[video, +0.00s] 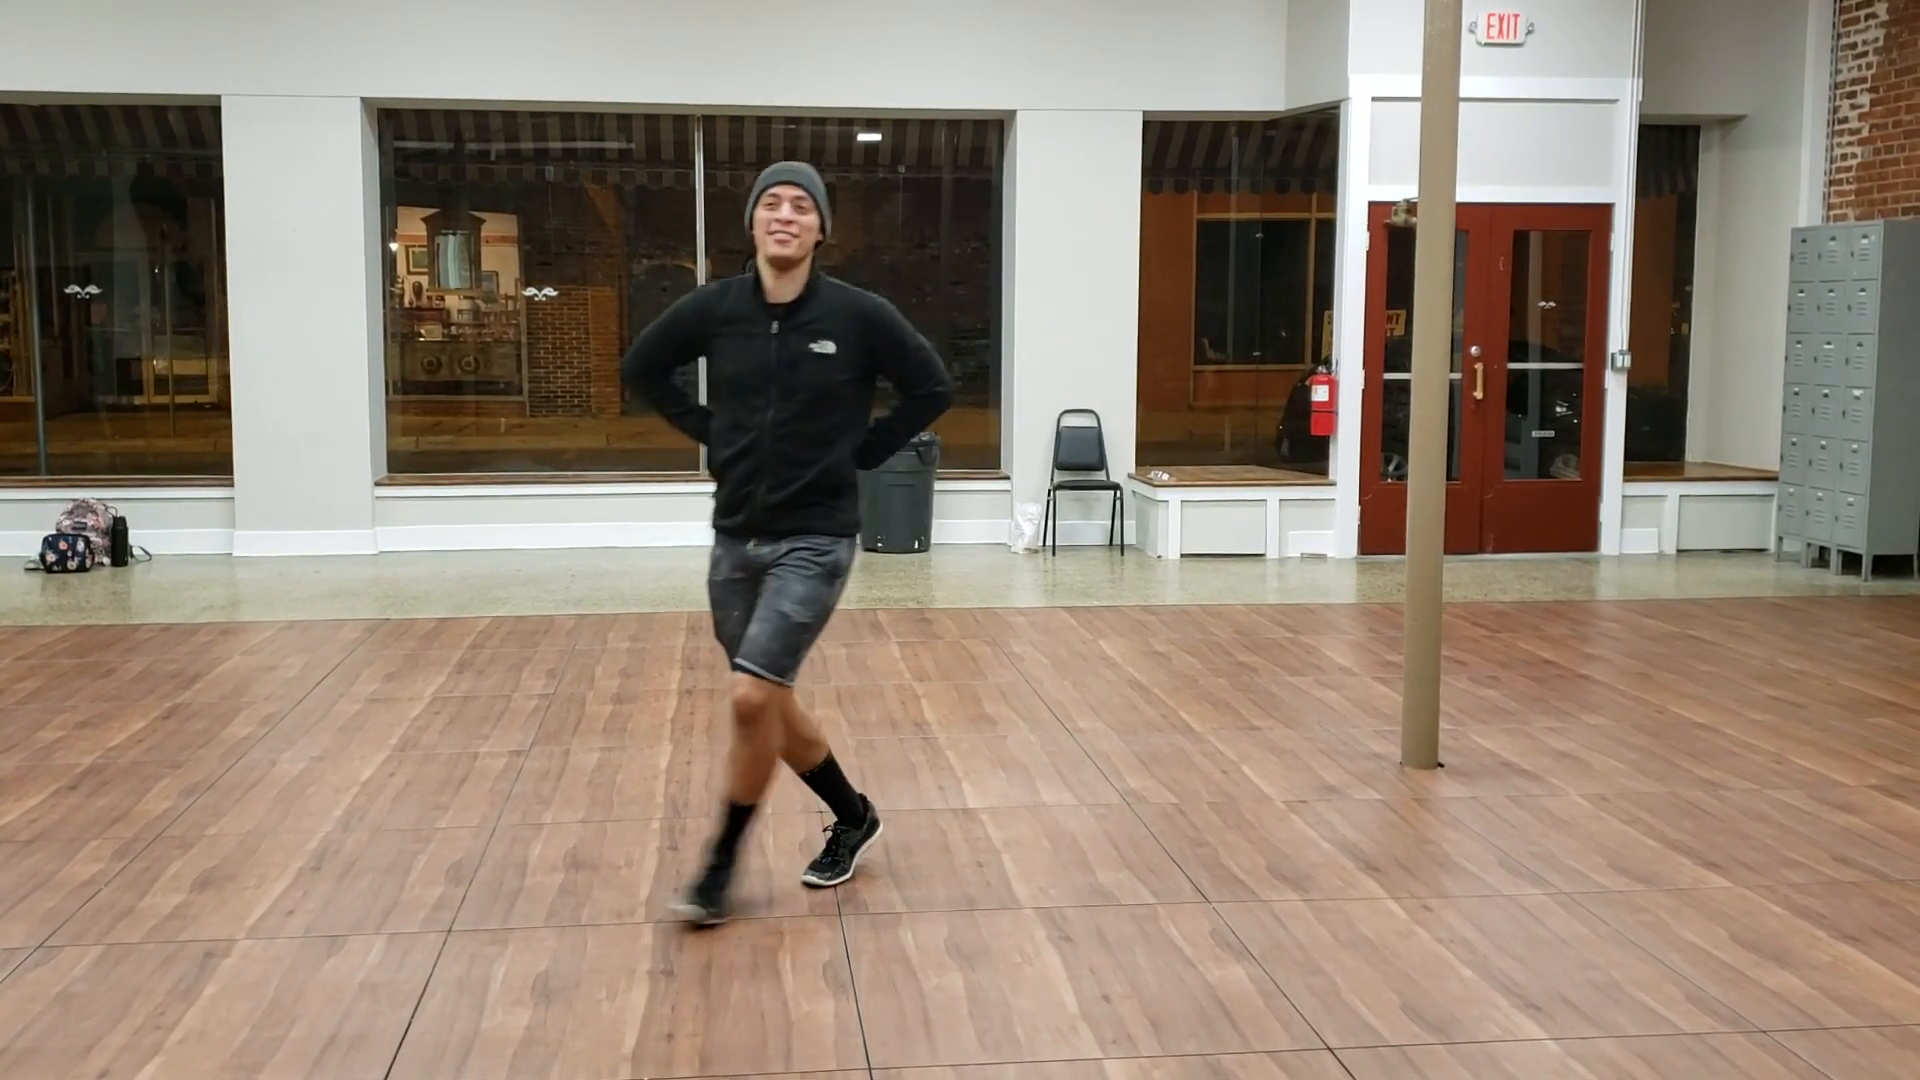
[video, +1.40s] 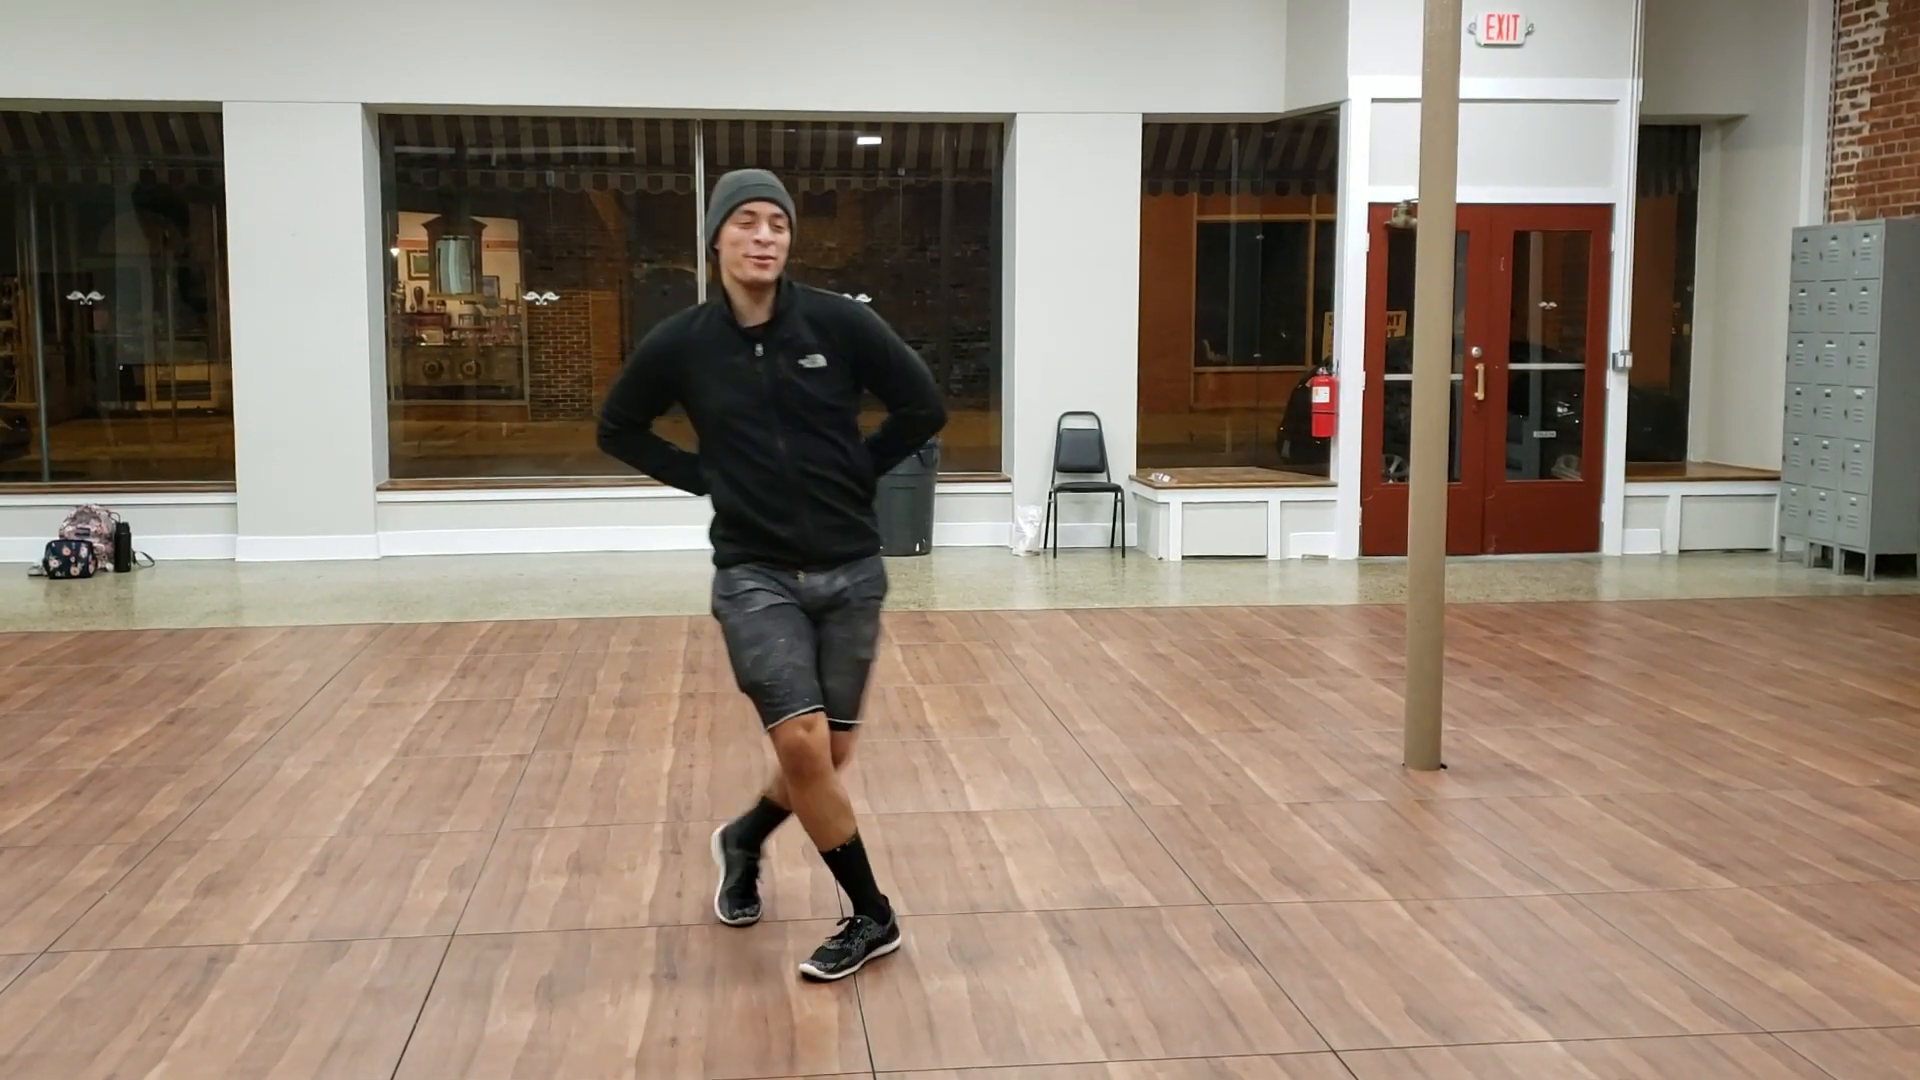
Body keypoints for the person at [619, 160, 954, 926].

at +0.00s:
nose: (785, 216)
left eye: (800, 207)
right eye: (772, 205)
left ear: (821, 229)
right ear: (751, 224)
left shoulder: (858, 314)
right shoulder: (713, 307)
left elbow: (932, 390)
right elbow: (640, 373)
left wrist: (857, 457)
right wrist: (710, 430)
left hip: (816, 538)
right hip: (735, 535)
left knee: (752, 694)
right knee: (763, 703)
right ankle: (852, 813)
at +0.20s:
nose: (737, 223)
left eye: (751, 215)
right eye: (724, 212)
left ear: (770, 239)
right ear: (699, 232)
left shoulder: (802, 332)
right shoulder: (648, 310)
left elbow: (854, 412)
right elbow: (556, 382)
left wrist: (783, 466)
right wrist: (633, 448)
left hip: (742, 546)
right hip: (654, 541)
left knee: (683, 714)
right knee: (637, 715)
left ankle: (644, 872)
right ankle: (764, 788)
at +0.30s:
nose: (708, 217)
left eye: (721, 208)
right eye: (694, 207)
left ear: (741, 231)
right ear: (670, 226)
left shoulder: (775, 325)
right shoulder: (620, 308)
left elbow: (824, 406)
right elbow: (520, 375)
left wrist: (752, 459)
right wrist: (602, 447)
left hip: (719, 548)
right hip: (623, 544)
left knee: (675, 718)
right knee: (575, 708)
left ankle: (642, 874)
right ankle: (680, 785)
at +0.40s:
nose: (674, 204)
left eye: (687, 192)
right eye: (660, 193)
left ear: (709, 213)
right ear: (636, 213)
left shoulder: (749, 305)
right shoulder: (589, 297)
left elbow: (793, 385)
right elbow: (488, 369)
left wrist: (727, 443)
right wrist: (578, 437)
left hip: (698, 540)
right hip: (597, 536)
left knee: (670, 707)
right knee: (540, 698)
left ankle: (641, 870)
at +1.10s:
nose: (671, 205)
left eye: (682, 194)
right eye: (653, 195)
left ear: (698, 214)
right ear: (625, 218)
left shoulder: (754, 291)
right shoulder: (593, 315)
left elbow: (832, 362)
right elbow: (509, 409)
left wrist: (770, 434)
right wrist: (608, 452)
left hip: (753, 539)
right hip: (651, 541)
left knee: (748, 713)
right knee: (615, 715)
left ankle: (722, 856)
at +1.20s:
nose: (705, 209)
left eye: (718, 198)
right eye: (688, 197)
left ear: (735, 220)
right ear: (660, 220)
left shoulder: (784, 299)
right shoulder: (627, 316)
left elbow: (865, 373)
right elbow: (543, 406)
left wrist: (799, 440)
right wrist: (641, 457)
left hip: (779, 546)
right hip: (682, 546)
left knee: (760, 723)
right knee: (688, 716)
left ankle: (724, 857)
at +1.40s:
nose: (762, 236)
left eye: (775, 223)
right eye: (745, 222)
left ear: (791, 241)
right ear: (714, 241)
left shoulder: (840, 324)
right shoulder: (677, 343)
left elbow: (924, 410)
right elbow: (615, 430)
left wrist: (854, 468)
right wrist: (707, 478)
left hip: (850, 568)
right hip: (752, 571)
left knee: (831, 753)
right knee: (800, 744)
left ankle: (744, 838)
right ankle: (872, 914)